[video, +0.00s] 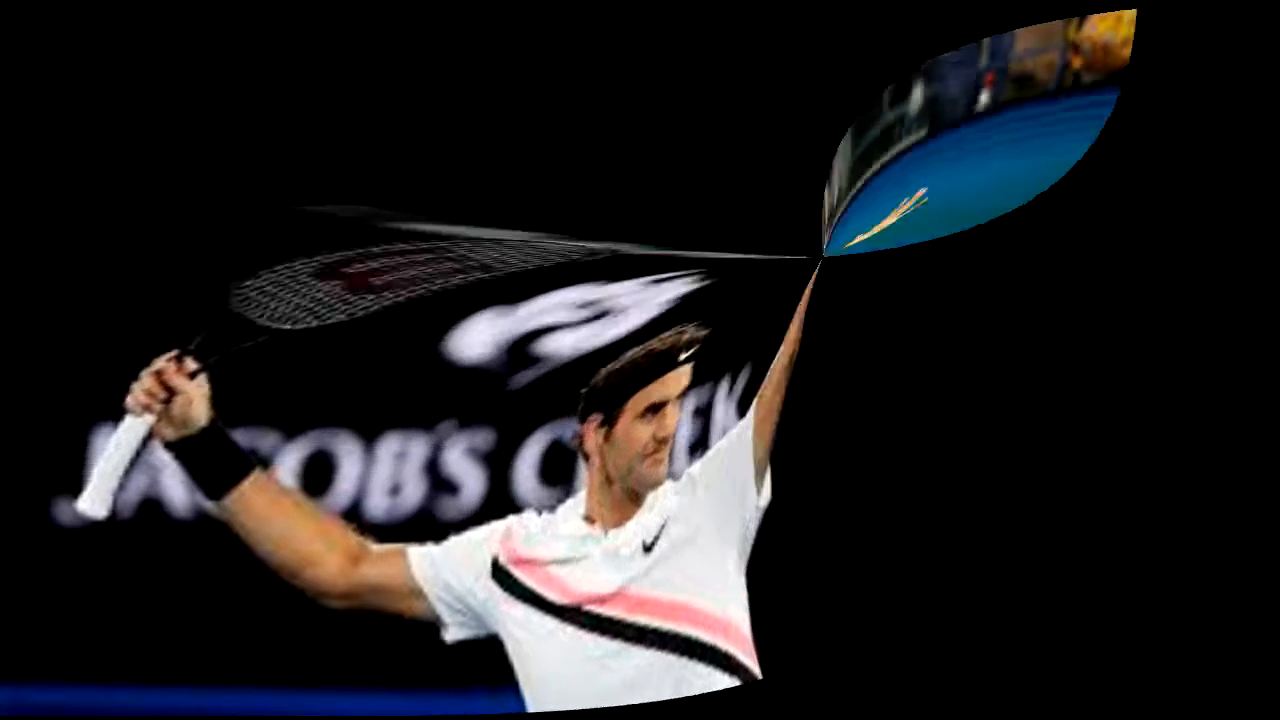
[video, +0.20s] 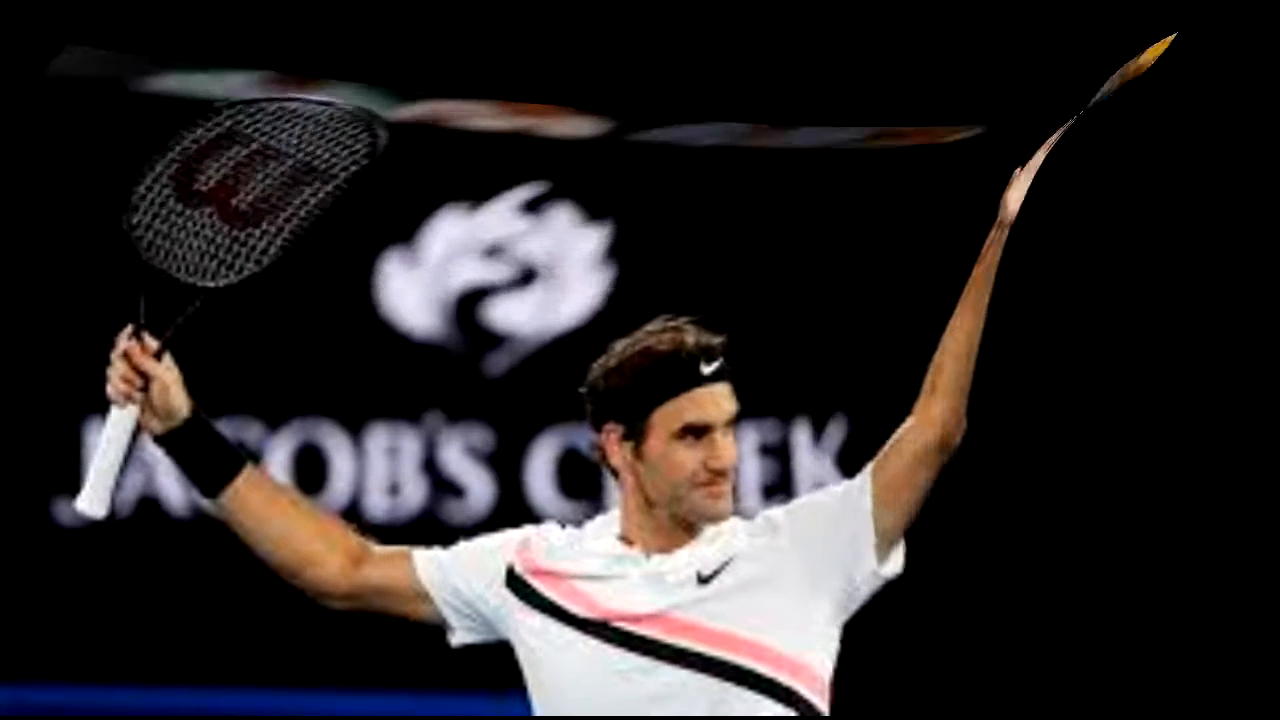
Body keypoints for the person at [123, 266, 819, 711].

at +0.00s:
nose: (672, 432)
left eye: (682, 410)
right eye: (652, 414)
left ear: (693, 418)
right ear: (592, 435)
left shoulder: (715, 503)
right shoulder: (504, 556)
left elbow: (791, 371)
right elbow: (342, 568)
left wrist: (853, 236)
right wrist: (198, 441)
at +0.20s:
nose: (722, 460)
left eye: (730, 433)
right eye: (693, 439)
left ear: (744, 435)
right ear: (619, 450)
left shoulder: (809, 545)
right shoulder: (529, 569)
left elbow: (936, 428)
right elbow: (343, 567)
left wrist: (1005, 236)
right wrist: (183, 432)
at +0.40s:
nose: (733, 465)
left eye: (741, 439)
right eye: (702, 443)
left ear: (748, 444)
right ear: (622, 455)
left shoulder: (813, 555)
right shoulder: (530, 570)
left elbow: (1005, 456)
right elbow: (338, 568)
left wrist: (1089, 284)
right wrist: (186, 431)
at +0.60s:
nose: (730, 463)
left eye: (738, 437)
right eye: (700, 441)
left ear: (750, 442)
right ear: (620, 454)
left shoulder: (815, 553)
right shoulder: (529, 572)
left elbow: (1004, 456)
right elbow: (337, 570)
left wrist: (1117, 301)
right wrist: (184, 431)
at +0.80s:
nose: (732, 464)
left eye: (739, 437)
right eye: (701, 441)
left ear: (750, 441)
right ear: (620, 455)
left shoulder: (815, 552)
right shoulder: (528, 573)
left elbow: (1004, 456)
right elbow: (335, 568)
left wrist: (1116, 300)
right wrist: (184, 430)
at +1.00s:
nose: (732, 464)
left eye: (739, 437)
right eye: (701, 441)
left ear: (750, 441)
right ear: (620, 455)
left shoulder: (815, 552)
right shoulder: (528, 573)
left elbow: (1005, 456)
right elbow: (335, 568)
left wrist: (1116, 300)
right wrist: (184, 430)